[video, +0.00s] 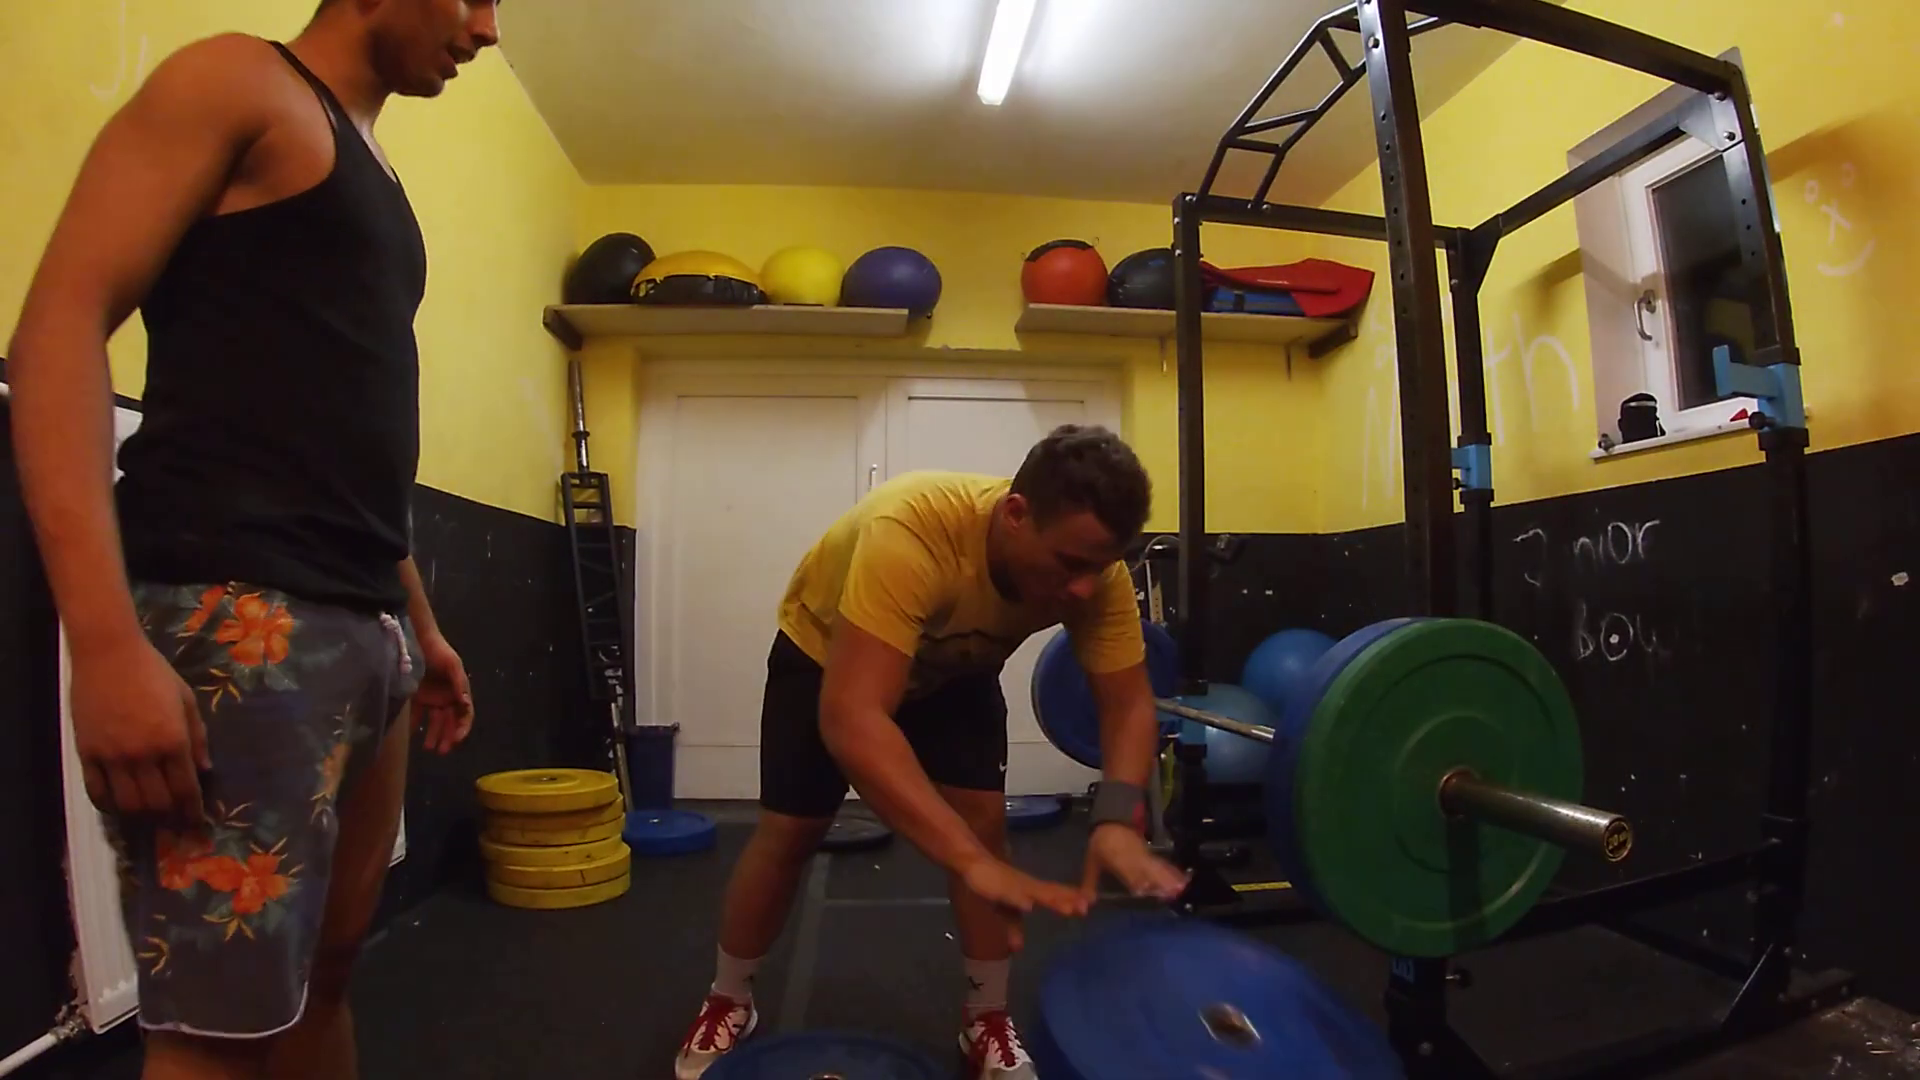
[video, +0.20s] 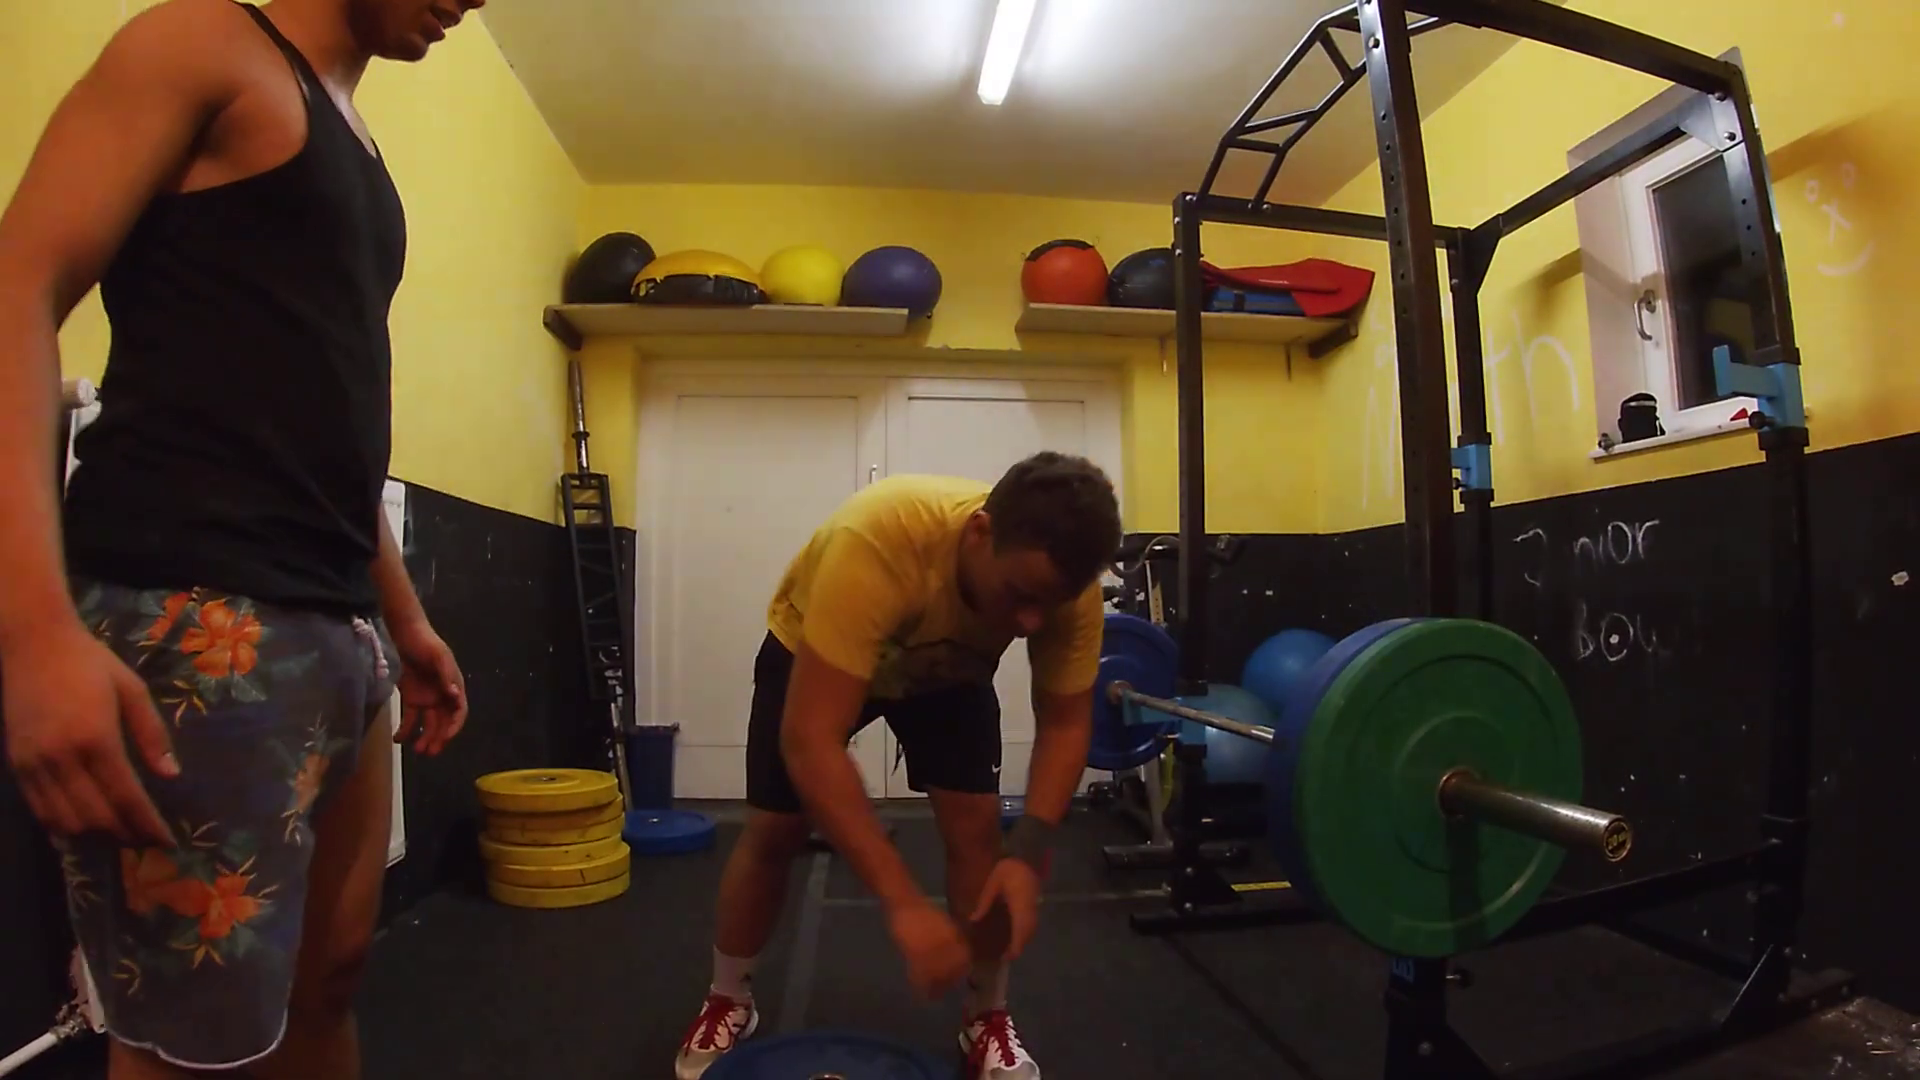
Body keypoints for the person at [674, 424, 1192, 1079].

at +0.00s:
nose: (1085, 588)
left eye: (1101, 568)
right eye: (1070, 564)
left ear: (1118, 548)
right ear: (1014, 515)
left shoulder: (1099, 573)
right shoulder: (906, 536)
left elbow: (1128, 703)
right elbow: (850, 719)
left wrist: (1117, 820)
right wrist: (969, 860)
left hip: (956, 669)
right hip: (829, 652)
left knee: (982, 826)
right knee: (791, 829)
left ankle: (989, 1023)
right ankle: (726, 1005)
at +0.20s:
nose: (1032, 623)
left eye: (1053, 605)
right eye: (1019, 597)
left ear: (1079, 581)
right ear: (977, 534)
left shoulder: (1071, 584)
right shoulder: (871, 545)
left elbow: (1066, 722)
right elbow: (809, 741)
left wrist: (1027, 856)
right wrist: (905, 903)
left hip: (947, 671)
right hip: (823, 654)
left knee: (976, 827)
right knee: (774, 828)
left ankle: (988, 1019)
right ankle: (727, 1002)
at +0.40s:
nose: (966, 698)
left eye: (984, 682)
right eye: (951, 675)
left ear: (1018, 651)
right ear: (911, 611)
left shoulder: (1032, 645)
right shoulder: (823, 611)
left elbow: (1028, 773)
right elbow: (761, 822)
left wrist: (980, 914)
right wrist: (809, 992)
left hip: (928, 686)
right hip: (807, 664)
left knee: (977, 822)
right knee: (761, 830)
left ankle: (988, 1021)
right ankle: (726, 1004)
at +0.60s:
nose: (909, 799)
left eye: (928, 783)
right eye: (891, 778)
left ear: (963, 744)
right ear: (851, 713)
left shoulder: (1000, 717)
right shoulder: (780, 707)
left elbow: (1004, 868)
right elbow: (756, 923)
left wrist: (968, 1023)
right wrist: (796, 1071)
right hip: (779, 651)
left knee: (983, 847)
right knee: (734, 861)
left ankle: (990, 1021)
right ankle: (726, 1008)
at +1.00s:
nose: (828, 789)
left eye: (847, 771)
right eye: (810, 770)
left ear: (880, 723)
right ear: (771, 711)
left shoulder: (938, 708)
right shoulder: (723, 696)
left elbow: (973, 884)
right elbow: (733, 865)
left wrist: (922, 1043)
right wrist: (796, 1006)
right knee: (726, 859)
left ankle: (989, 1023)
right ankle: (727, 1012)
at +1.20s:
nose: (847, 730)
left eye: (866, 709)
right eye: (823, 711)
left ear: (889, 666)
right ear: (775, 654)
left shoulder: (940, 638)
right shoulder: (725, 638)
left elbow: (1020, 789)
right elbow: (671, 789)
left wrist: (925, 918)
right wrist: (760, 918)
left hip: (903, 691)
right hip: (772, 695)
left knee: (967, 839)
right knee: (728, 847)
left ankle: (989, 1024)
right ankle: (724, 1025)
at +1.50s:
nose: (936, 632)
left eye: (953, 611)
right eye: (914, 614)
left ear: (971, 579)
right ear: (856, 570)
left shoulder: (996, 597)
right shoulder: (786, 574)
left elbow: (1008, 745)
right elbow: (714, 744)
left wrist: (931, 870)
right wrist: (796, 883)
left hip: (925, 676)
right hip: (805, 671)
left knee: (968, 833)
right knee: (754, 834)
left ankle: (990, 1022)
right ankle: (724, 1015)